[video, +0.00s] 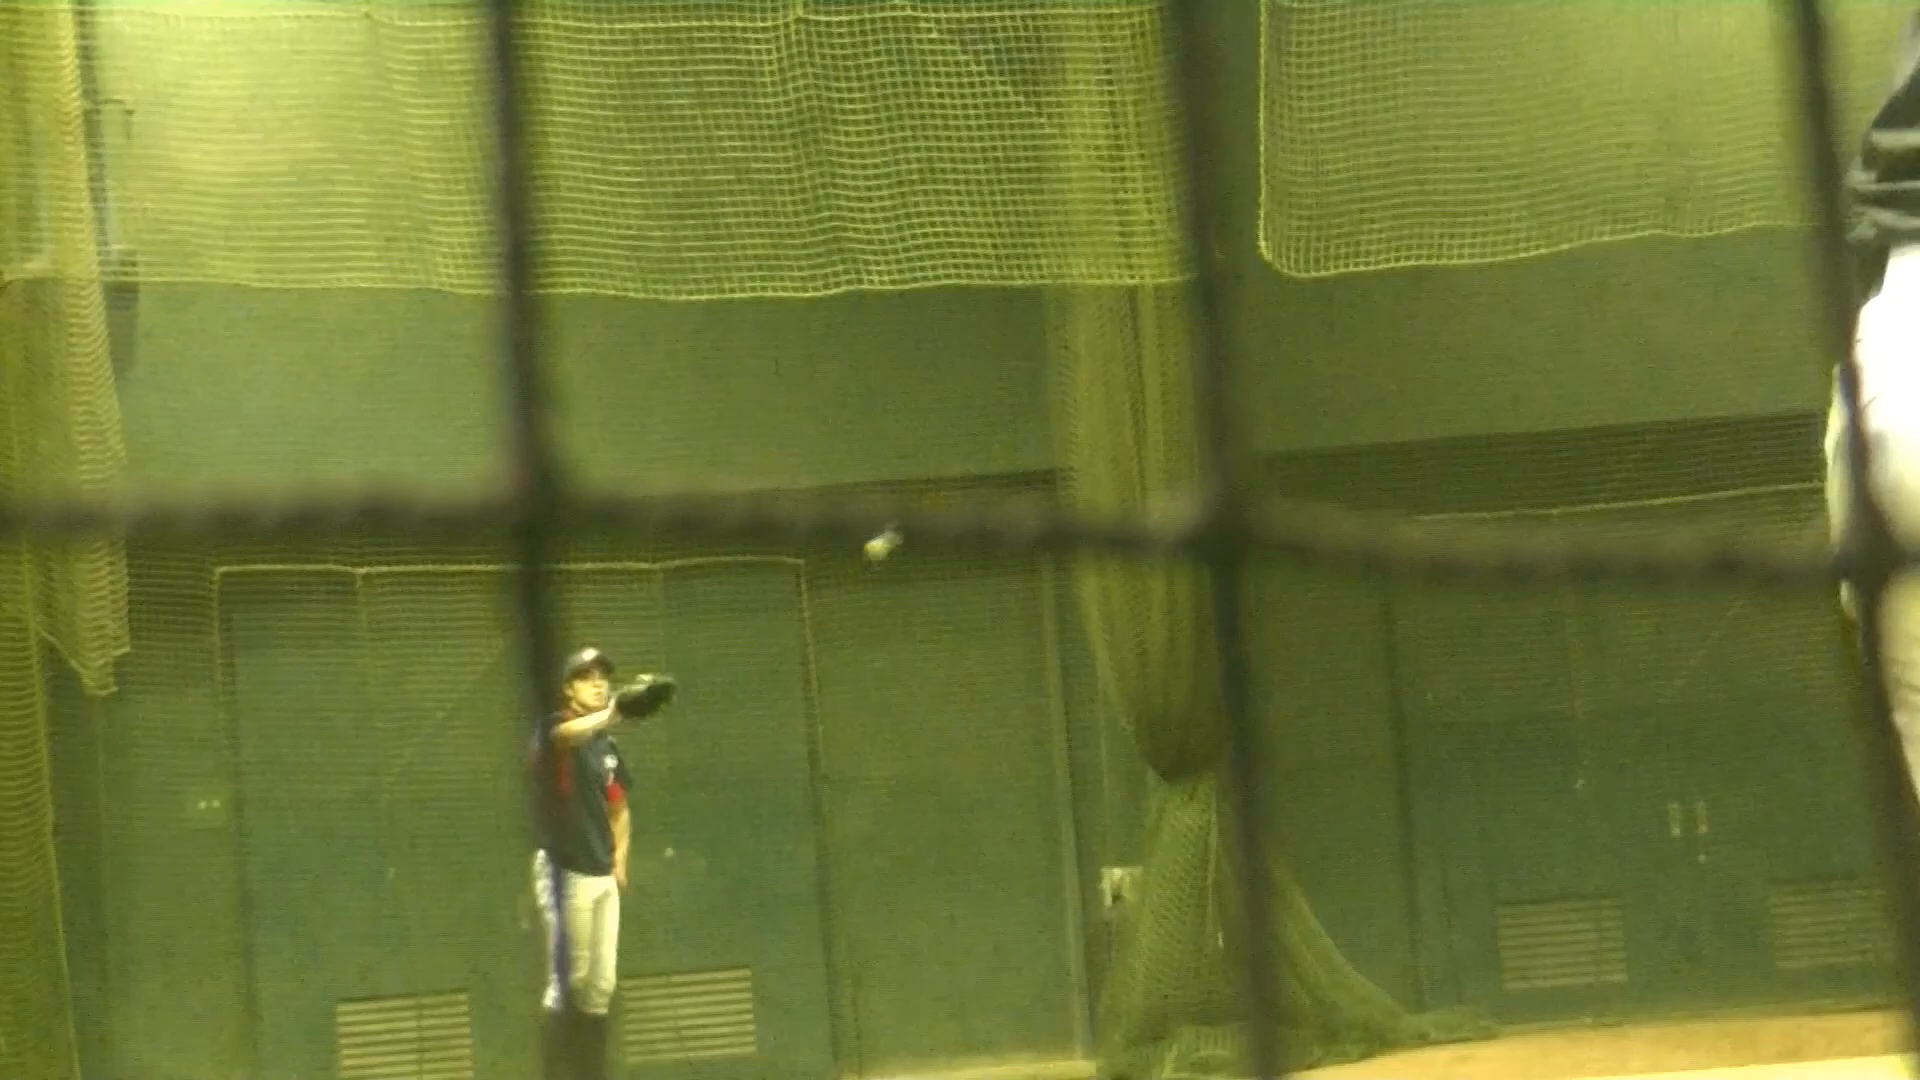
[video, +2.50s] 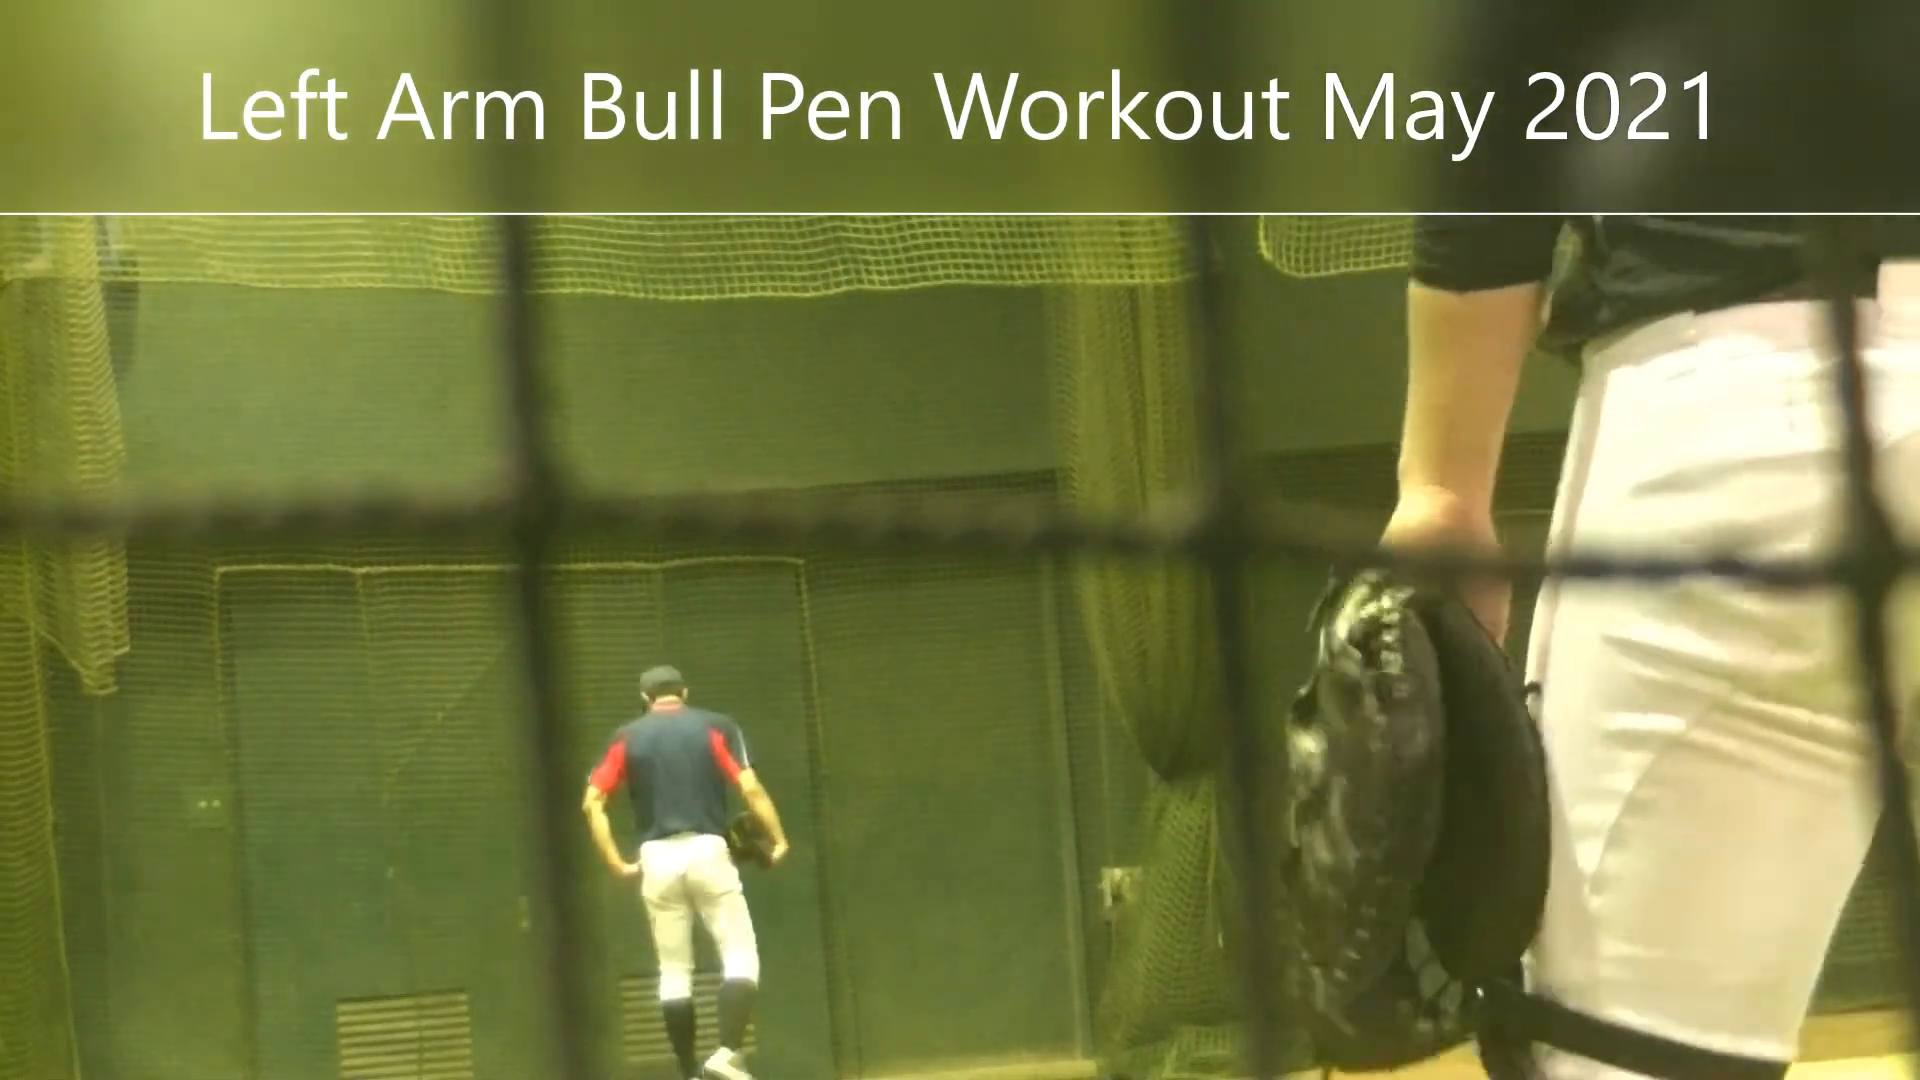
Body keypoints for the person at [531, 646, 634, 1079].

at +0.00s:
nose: (598, 688)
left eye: (602, 679)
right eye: (587, 679)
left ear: (608, 686)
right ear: (566, 688)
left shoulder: (606, 745)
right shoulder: (552, 731)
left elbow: (619, 808)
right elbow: (568, 732)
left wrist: (618, 862)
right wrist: (614, 711)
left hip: (603, 876)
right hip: (563, 874)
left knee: (600, 987)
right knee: (566, 986)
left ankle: (592, 1075)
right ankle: (559, 1075)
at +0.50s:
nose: (624, 690)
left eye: (622, 683)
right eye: (616, 682)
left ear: (592, 688)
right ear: (592, 686)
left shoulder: (583, 728)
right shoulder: (587, 727)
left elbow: (577, 801)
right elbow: (591, 794)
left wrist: (634, 869)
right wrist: (628, 861)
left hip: (593, 869)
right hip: (573, 867)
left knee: (596, 986)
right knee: (577, 986)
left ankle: (583, 1074)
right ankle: (565, 1075)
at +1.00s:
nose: (630, 694)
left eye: (628, 686)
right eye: (627, 686)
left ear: (596, 687)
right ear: (614, 686)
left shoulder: (578, 723)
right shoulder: (597, 719)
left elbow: (588, 795)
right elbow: (600, 770)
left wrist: (637, 844)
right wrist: (642, 820)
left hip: (580, 860)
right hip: (598, 862)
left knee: (600, 976)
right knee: (635, 968)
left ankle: (580, 1069)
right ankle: (604, 1070)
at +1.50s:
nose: (674, 693)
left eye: (671, 686)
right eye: (672, 687)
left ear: (635, 691)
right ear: (663, 689)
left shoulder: (607, 733)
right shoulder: (664, 730)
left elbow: (587, 801)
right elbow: (670, 792)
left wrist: (596, 859)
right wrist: (698, 848)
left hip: (609, 863)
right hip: (648, 861)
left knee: (628, 976)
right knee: (689, 969)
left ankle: (595, 1072)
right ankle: (709, 1072)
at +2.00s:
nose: (702, 695)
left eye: (684, 689)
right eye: (709, 688)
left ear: (673, 692)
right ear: (713, 690)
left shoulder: (647, 730)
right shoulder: (734, 731)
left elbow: (603, 789)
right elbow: (764, 796)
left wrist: (617, 856)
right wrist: (784, 850)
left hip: (659, 856)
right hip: (710, 856)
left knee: (664, 958)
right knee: (713, 963)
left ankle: (669, 1069)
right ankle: (713, 1072)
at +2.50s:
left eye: (649, 696)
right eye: (674, 690)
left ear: (645, 699)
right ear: (684, 693)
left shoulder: (628, 737)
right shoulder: (715, 726)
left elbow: (592, 802)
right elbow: (750, 789)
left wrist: (615, 863)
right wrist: (778, 837)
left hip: (657, 859)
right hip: (709, 853)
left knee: (673, 968)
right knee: (739, 953)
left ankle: (687, 1069)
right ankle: (728, 1052)